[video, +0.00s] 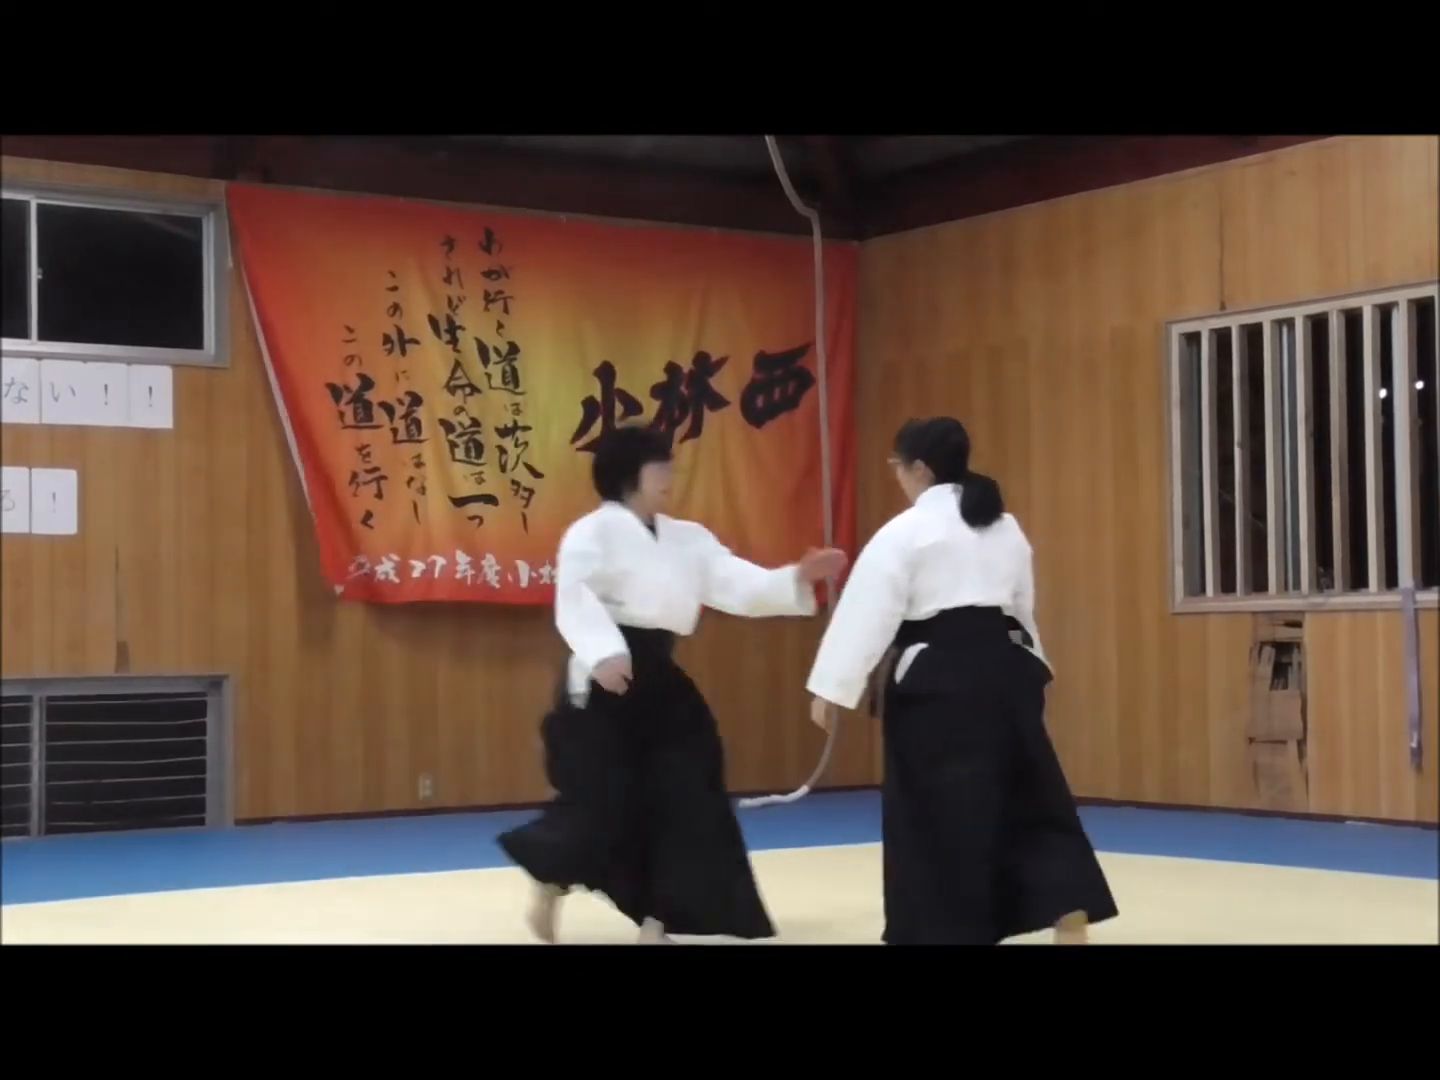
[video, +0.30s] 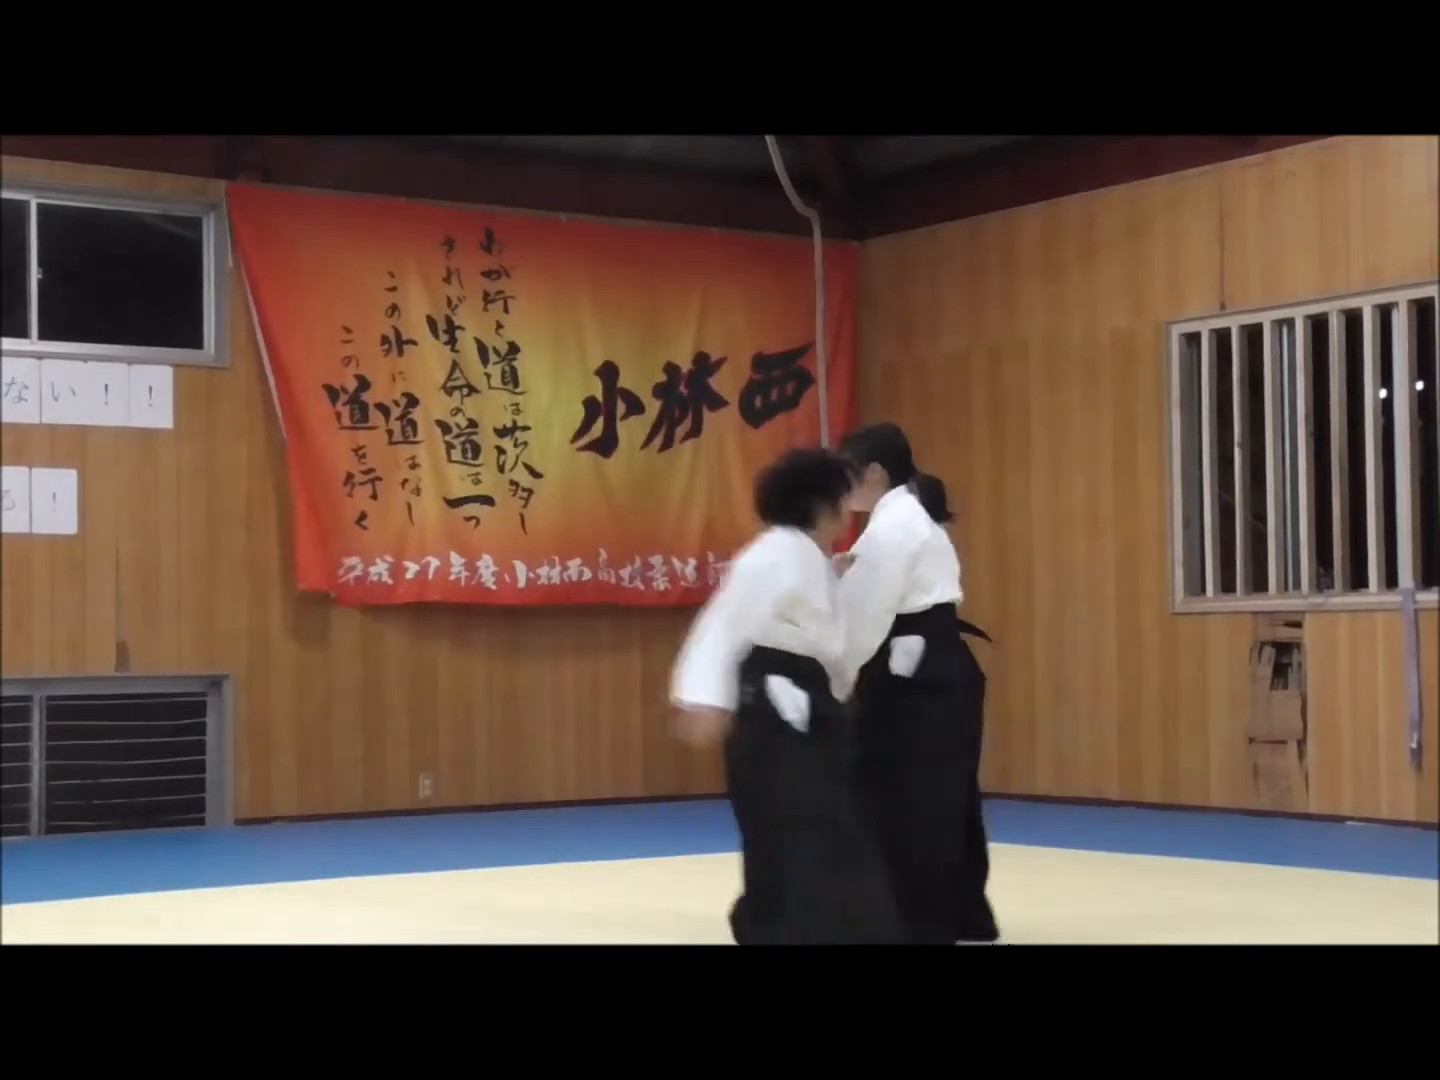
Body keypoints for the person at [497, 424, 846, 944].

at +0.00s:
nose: (669, 476)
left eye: (669, 465)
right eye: (658, 465)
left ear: (669, 472)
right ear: (626, 474)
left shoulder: (688, 539)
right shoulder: (592, 532)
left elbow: (738, 584)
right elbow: (572, 598)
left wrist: (799, 576)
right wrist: (604, 650)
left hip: (663, 675)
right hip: (605, 675)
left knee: (687, 788)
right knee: (609, 795)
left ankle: (658, 923)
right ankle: (553, 875)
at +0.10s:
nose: (730, 483)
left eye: (729, 471)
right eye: (720, 472)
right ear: (690, 478)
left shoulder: (736, 548)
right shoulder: (645, 535)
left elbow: (787, 616)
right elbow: (599, 604)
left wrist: (838, 589)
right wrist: (596, 678)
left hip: (711, 685)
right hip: (654, 684)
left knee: (740, 801)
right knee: (700, 799)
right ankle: (674, 919)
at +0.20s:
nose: (793, 486)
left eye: (793, 475)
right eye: (787, 474)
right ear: (760, 478)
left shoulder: (783, 548)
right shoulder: (708, 527)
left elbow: (791, 624)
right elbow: (647, 586)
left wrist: (836, 597)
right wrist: (607, 666)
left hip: (765, 684)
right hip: (716, 682)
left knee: (788, 797)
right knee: (744, 802)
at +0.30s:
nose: (849, 511)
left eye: (847, 499)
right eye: (842, 499)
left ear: (801, 501)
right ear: (818, 503)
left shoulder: (812, 561)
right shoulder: (778, 551)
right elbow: (726, 618)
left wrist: (833, 575)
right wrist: (705, 690)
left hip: (808, 705)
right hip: (771, 703)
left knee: (810, 824)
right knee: (791, 826)